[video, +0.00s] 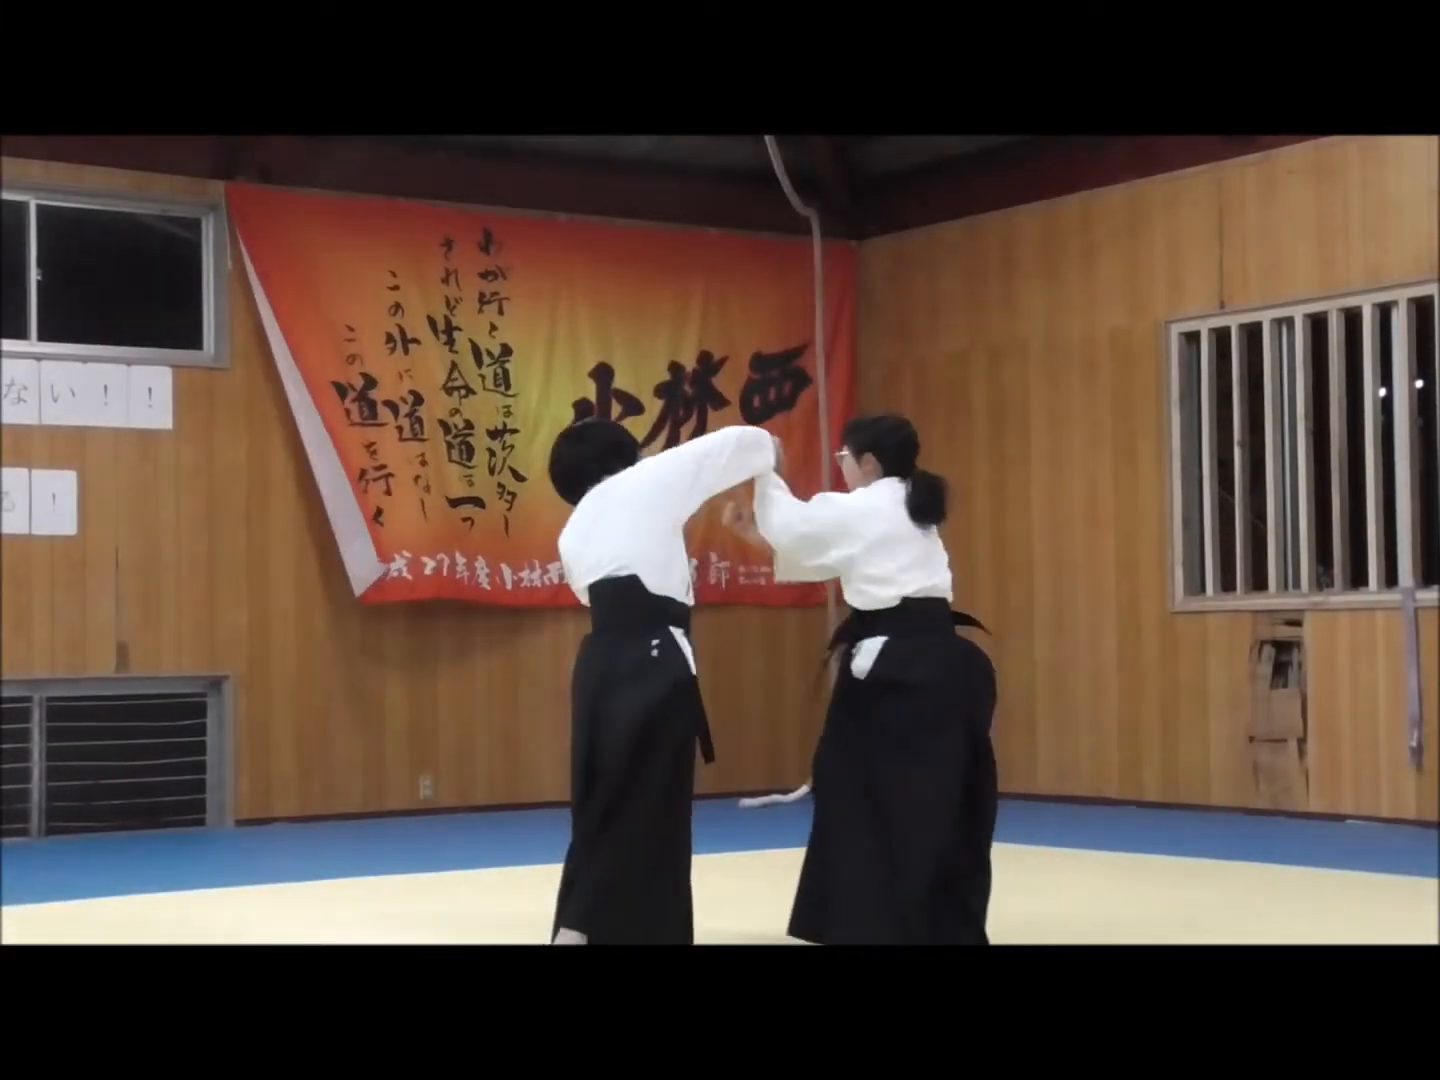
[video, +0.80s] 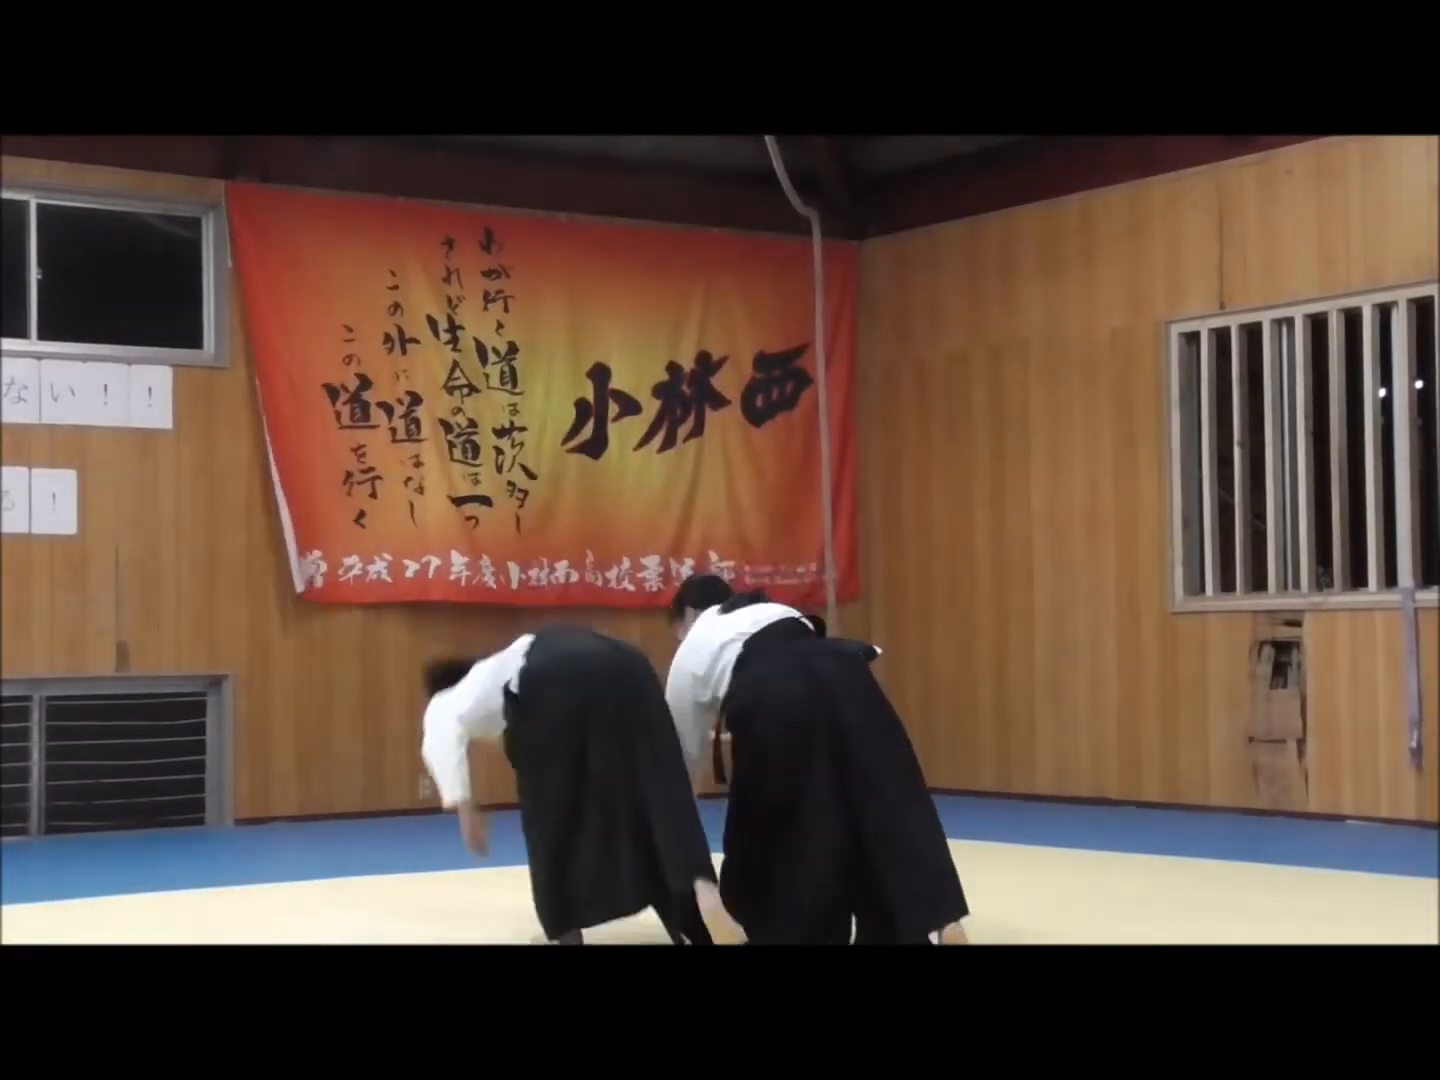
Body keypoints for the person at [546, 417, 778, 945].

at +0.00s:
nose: (639, 451)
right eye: (631, 446)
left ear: (570, 483)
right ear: (623, 454)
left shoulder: (573, 531)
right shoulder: (651, 478)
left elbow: (601, 597)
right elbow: (752, 442)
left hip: (597, 661)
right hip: (654, 658)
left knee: (599, 808)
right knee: (643, 812)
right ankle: (574, 929)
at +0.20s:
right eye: (603, 434)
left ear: (553, 489)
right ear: (611, 451)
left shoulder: (555, 540)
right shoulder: (652, 475)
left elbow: (559, 607)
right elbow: (705, 443)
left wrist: (609, 576)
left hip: (604, 653)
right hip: (671, 642)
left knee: (604, 790)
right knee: (658, 779)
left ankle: (617, 925)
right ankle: (608, 914)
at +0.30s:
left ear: (551, 489)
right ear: (607, 454)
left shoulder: (551, 539)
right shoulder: (665, 473)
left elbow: (530, 614)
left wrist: (582, 576)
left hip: (611, 656)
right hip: (685, 645)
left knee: (610, 789)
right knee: (683, 779)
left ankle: (607, 929)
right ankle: (648, 915)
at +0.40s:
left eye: (541, 484)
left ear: (548, 494)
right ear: (609, 469)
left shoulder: (549, 543)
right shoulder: (648, 495)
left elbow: (513, 633)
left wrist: (553, 598)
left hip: (623, 660)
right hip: (697, 651)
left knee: (617, 796)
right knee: (693, 791)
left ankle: (613, 928)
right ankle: (683, 925)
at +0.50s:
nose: (538, 526)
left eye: (538, 517)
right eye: (538, 517)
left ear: (549, 522)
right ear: (606, 508)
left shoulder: (553, 562)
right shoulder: (637, 540)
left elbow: (492, 639)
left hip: (625, 680)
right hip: (699, 672)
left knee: (624, 818)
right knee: (704, 809)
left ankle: (626, 931)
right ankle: (704, 930)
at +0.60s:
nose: (513, 567)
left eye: (513, 558)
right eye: (513, 559)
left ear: (522, 558)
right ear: (580, 546)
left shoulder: (534, 586)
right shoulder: (608, 575)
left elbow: (492, 639)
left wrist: (482, 706)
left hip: (617, 684)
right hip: (684, 676)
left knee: (601, 800)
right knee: (685, 800)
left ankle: (591, 913)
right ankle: (690, 918)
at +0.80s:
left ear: (441, 694)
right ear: (469, 670)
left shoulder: (447, 700)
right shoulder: (508, 668)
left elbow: (444, 743)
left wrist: (465, 809)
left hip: (554, 685)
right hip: (628, 673)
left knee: (551, 821)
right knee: (653, 802)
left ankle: (566, 931)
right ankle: (690, 930)